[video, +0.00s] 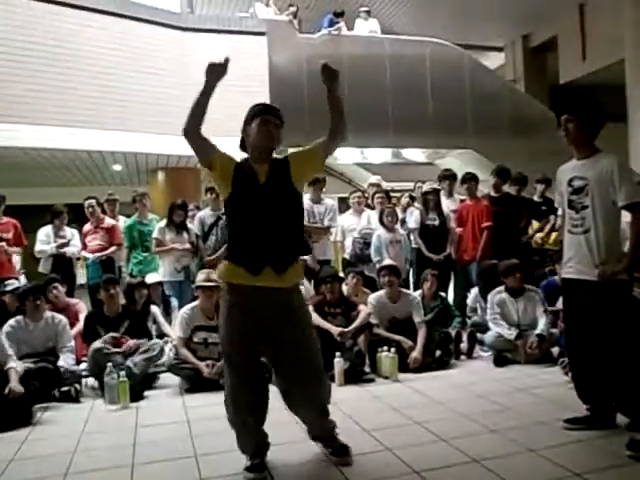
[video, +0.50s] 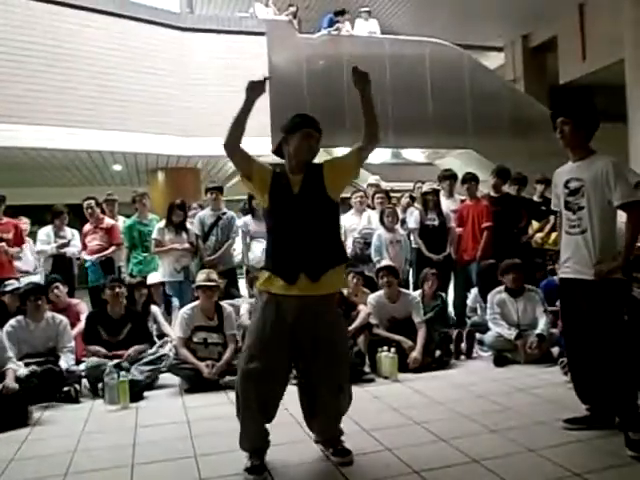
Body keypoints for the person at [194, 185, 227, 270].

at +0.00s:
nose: (214, 197)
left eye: (216, 193)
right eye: (211, 193)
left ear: (220, 195)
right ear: (206, 197)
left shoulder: (224, 214)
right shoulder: (201, 216)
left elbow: (227, 242)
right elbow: (198, 238)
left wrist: (215, 258)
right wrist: (205, 257)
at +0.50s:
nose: (214, 197)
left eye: (216, 194)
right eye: (211, 194)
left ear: (221, 196)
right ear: (206, 197)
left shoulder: (230, 216)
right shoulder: (200, 217)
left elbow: (232, 239)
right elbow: (199, 239)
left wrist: (216, 257)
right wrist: (206, 258)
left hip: (226, 265)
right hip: (207, 264)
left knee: (232, 298)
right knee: (208, 298)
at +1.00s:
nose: (214, 197)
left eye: (217, 194)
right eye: (211, 194)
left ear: (221, 196)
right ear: (207, 197)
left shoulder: (231, 216)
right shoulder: (201, 216)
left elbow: (232, 239)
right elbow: (199, 238)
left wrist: (216, 257)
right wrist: (206, 258)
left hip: (227, 264)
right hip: (208, 265)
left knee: (232, 298)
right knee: (208, 298)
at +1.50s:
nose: (214, 197)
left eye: (217, 194)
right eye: (212, 193)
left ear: (222, 196)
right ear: (207, 196)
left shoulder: (231, 216)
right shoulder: (201, 216)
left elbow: (233, 239)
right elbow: (199, 238)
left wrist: (216, 257)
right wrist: (207, 257)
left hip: (225, 262)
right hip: (206, 262)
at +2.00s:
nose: (215, 197)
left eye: (217, 194)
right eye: (212, 194)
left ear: (222, 196)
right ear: (208, 197)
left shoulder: (231, 216)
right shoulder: (201, 217)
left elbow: (233, 239)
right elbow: (199, 238)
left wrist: (217, 257)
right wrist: (207, 257)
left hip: (227, 264)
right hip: (208, 264)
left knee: (232, 298)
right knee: (209, 298)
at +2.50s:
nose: (215, 197)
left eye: (218, 193)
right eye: (212, 193)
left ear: (222, 196)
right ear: (207, 196)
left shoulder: (227, 215)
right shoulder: (202, 216)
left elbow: (232, 236)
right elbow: (199, 237)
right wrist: (206, 255)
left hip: (228, 261)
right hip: (211, 262)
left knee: (233, 295)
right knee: (211, 296)